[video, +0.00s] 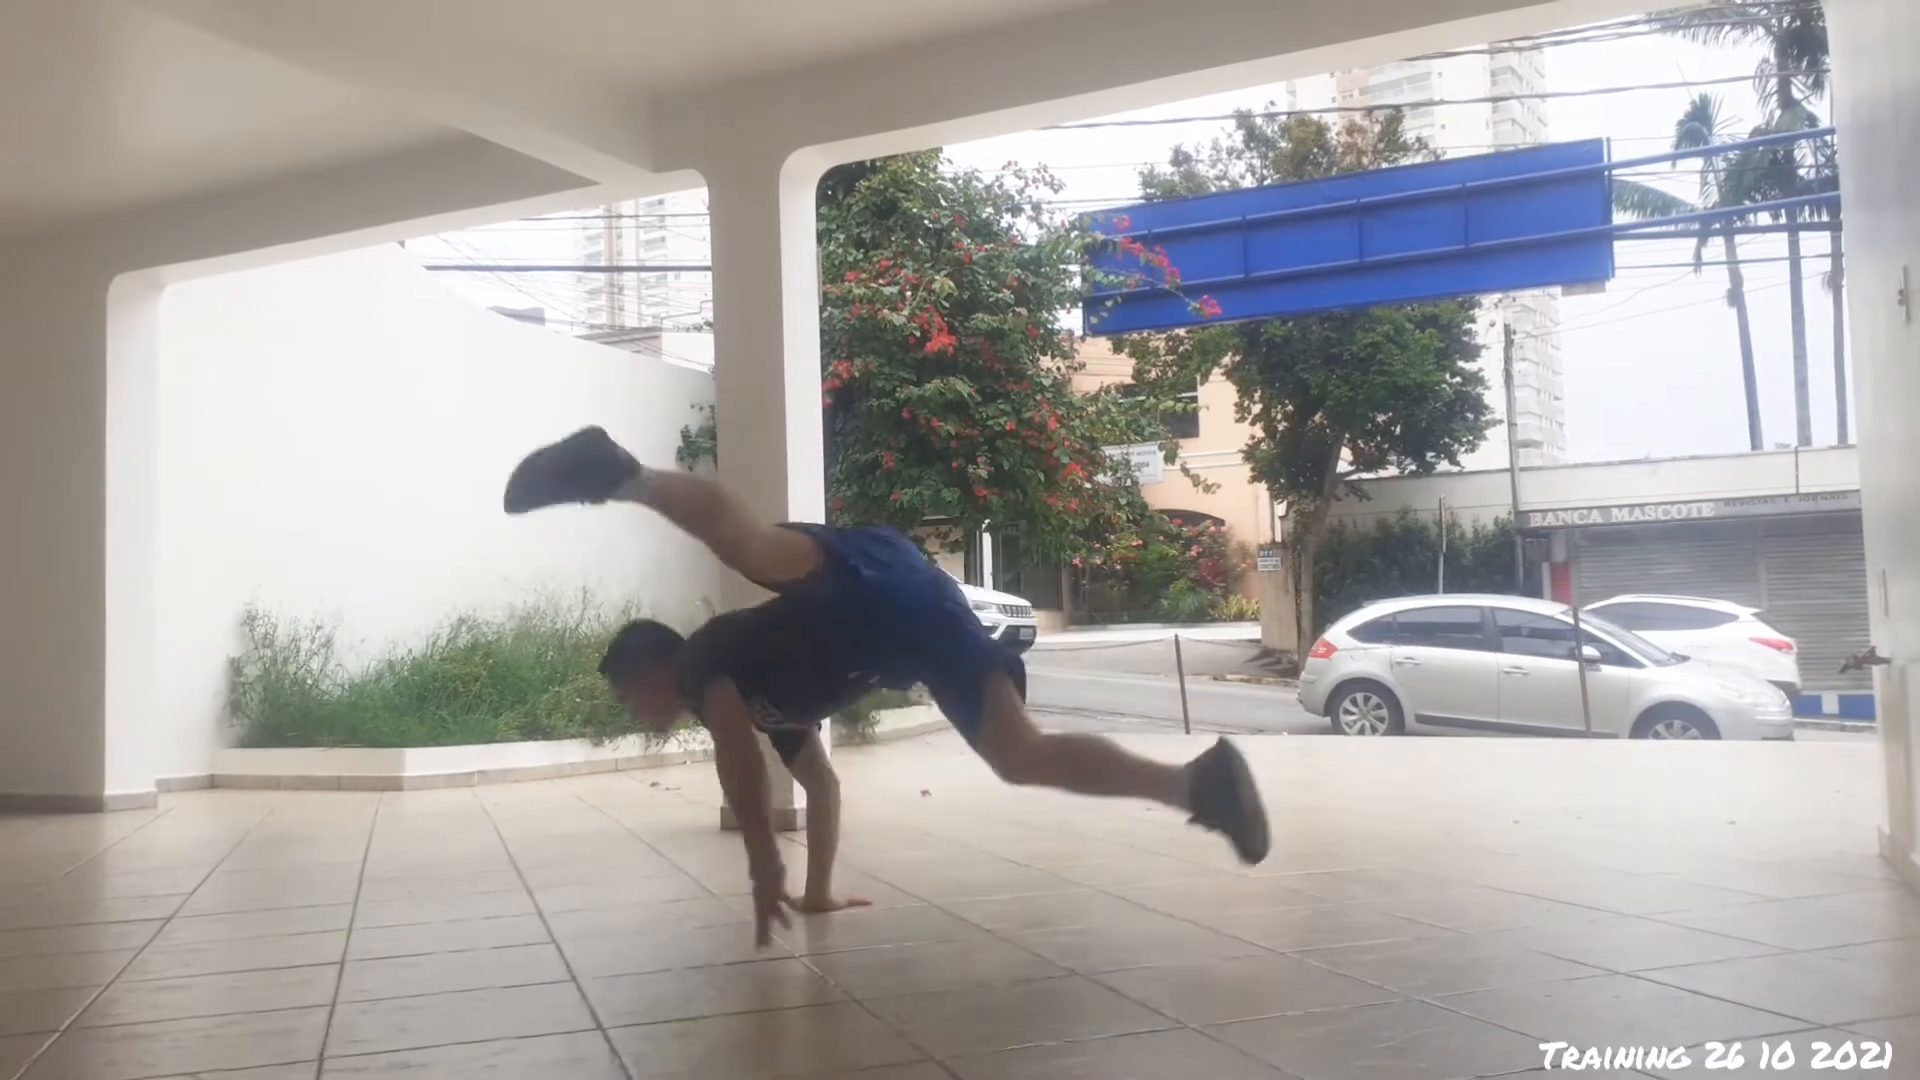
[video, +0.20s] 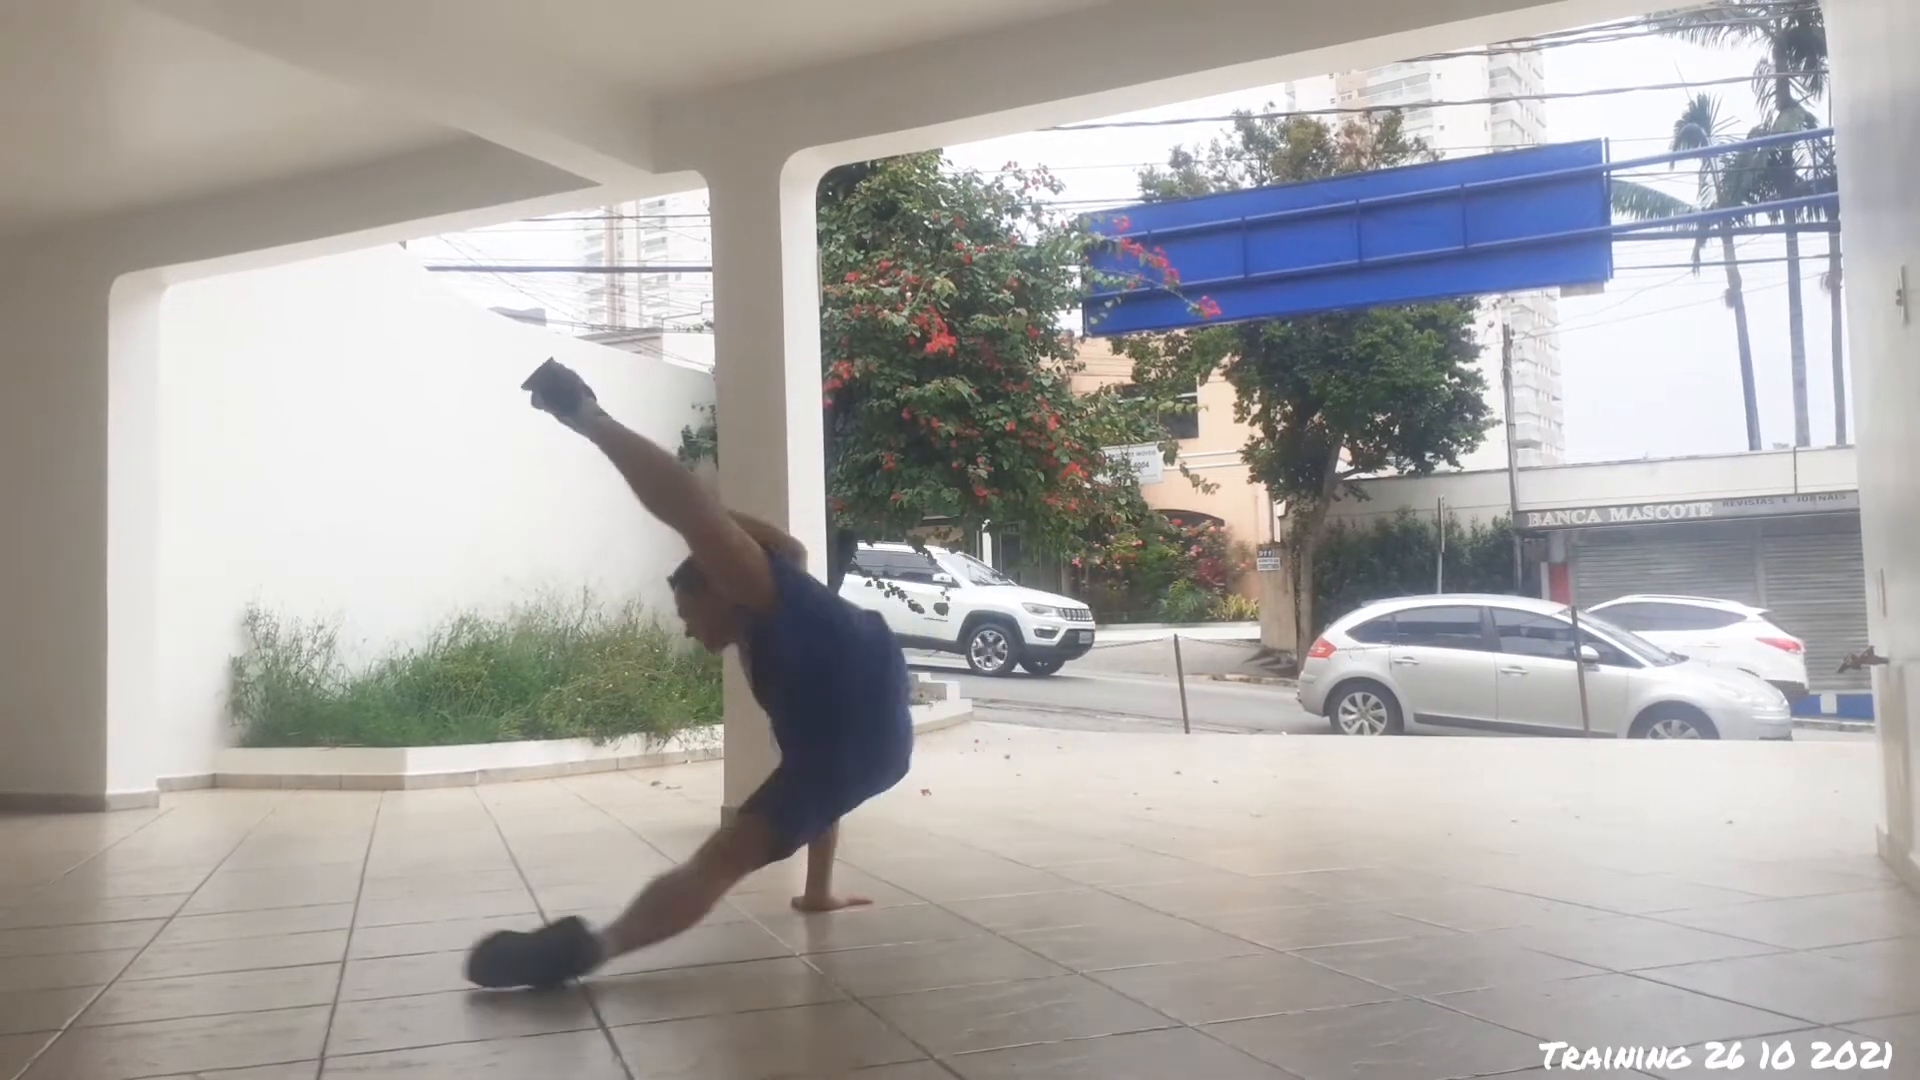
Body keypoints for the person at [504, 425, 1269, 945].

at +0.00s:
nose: (639, 714)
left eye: (633, 699)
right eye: (634, 706)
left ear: (654, 671)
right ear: (668, 679)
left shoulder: (704, 666)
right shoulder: (769, 700)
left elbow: (742, 768)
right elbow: (822, 788)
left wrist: (766, 880)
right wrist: (819, 889)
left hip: (872, 565)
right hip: (931, 616)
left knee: (753, 542)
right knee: (1019, 756)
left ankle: (624, 474)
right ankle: (1193, 784)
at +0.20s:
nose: (686, 631)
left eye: (688, 613)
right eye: (683, 618)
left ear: (718, 589)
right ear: (716, 601)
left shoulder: (780, 593)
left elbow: (791, 546)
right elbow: (822, 788)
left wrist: (713, 517)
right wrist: (817, 892)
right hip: (863, 756)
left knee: (704, 524)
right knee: (720, 861)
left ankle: (588, 416)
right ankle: (592, 948)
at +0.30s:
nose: (743, 580)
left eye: (753, 565)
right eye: (745, 569)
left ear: (784, 557)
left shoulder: (831, 585)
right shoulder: (847, 677)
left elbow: (825, 613)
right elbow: (833, 797)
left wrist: (739, 562)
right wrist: (818, 893)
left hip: (787, 710)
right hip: (775, 813)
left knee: (704, 545)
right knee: (620, 838)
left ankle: (621, 392)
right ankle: (464, 890)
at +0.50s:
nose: (733, 604)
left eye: (741, 589)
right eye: (736, 589)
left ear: (771, 597)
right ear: (806, 600)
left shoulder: (740, 682)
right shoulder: (836, 688)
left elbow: (697, 814)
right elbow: (827, 794)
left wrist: (657, 926)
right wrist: (820, 891)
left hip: (639, 810)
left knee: (566, 714)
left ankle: (463, 608)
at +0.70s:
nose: (627, 600)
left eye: (629, 587)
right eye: (625, 586)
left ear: (655, 596)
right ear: (710, 581)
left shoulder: (642, 684)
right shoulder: (777, 637)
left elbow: (652, 817)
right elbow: (830, 706)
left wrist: (655, 930)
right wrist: (841, 675)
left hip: (670, 827)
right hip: (746, 799)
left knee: (523, 848)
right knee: (715, 565)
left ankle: (592, 879)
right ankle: (696, 438)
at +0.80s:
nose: (542, 618)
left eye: (539, 605)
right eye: (535, 606)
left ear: (562, 601)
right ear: (607, 563)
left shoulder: (584, 697)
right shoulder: (699, 589)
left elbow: (627, 812)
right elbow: (774, 595)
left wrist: (652, 926)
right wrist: (768, 518)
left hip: (732, 806)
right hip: (793, 735)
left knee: (678, 867)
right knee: (732, 587)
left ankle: (819, 863)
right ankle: (697, 448)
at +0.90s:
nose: (472, 659)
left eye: (464, 646)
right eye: (461, 647)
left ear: (484, 632)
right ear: (514, 582)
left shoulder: (553, 703)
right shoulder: (607, 578)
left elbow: (624, 816)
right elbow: (707, 587)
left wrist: (652, 931)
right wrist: (685, 571)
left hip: (772, 761)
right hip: (795, 672)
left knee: (775, 878)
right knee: (775, 567)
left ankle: (928, 886)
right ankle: (777, 463)